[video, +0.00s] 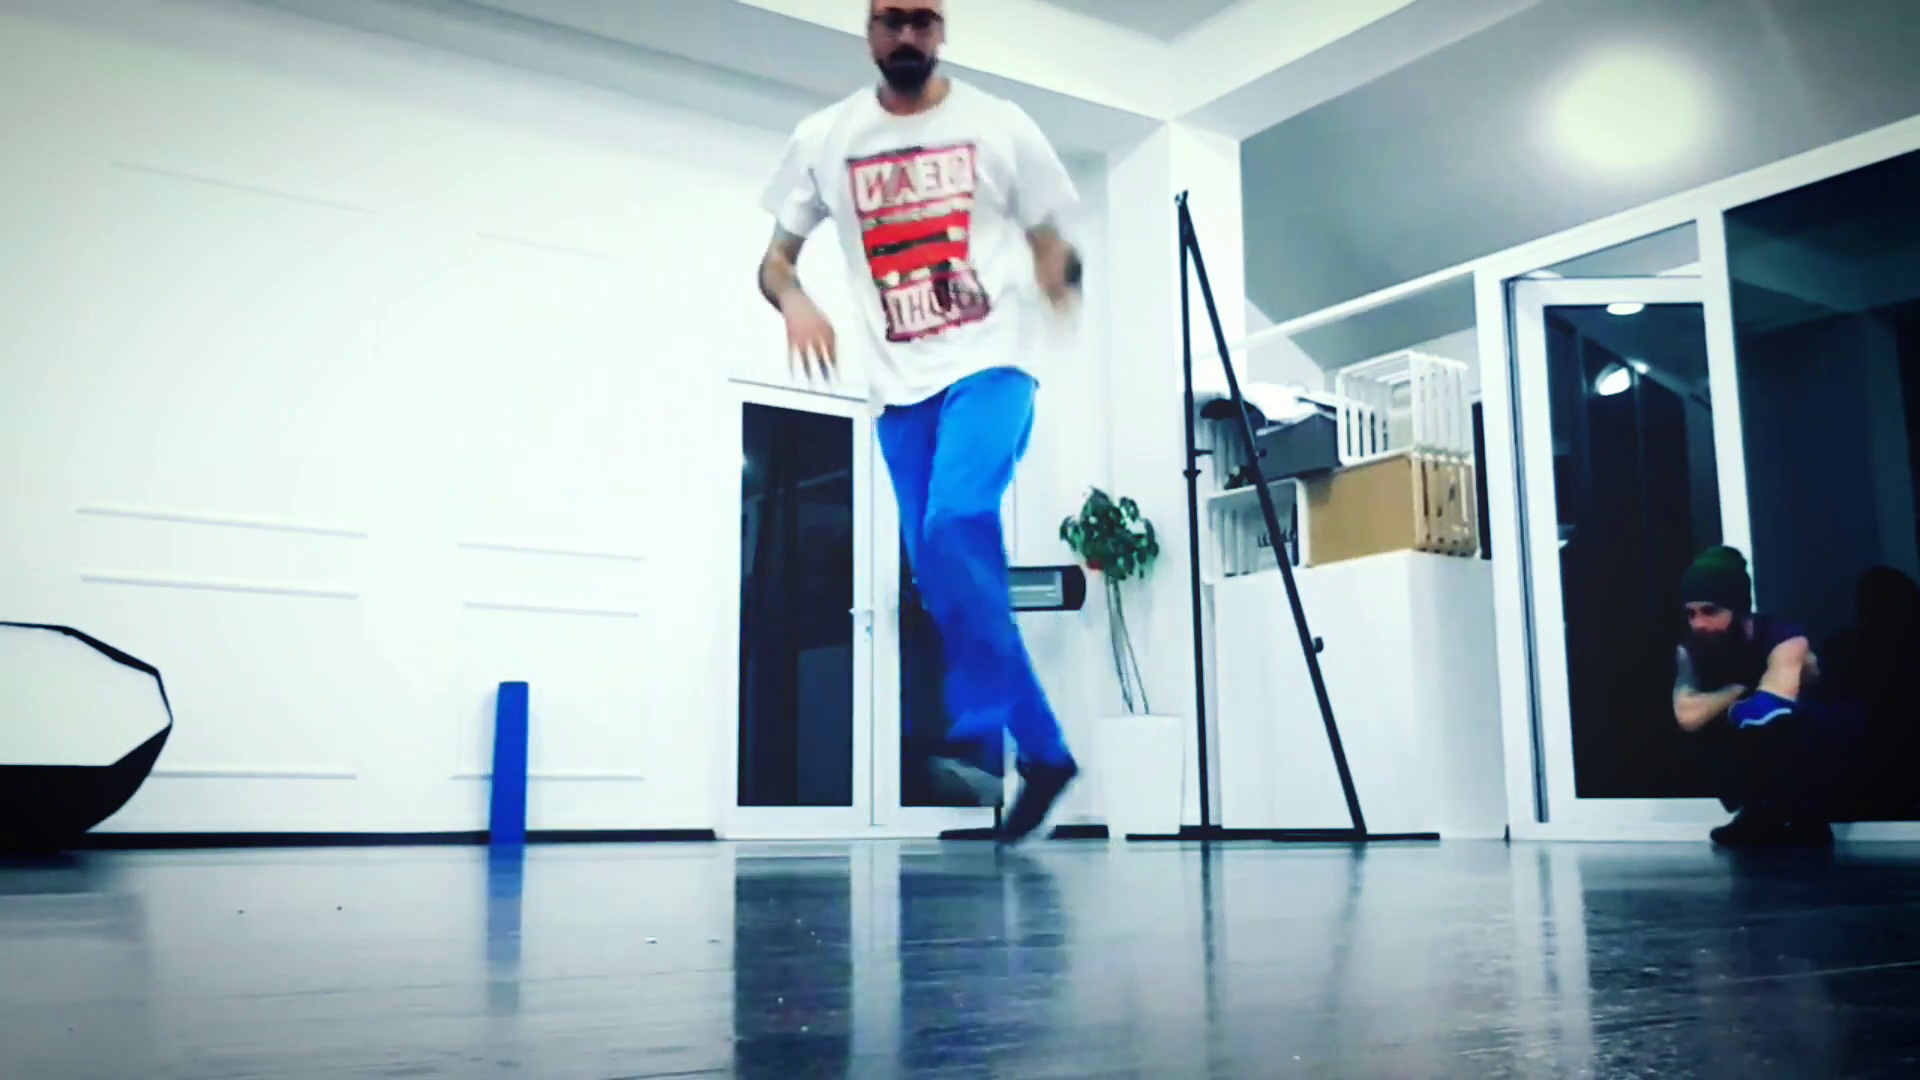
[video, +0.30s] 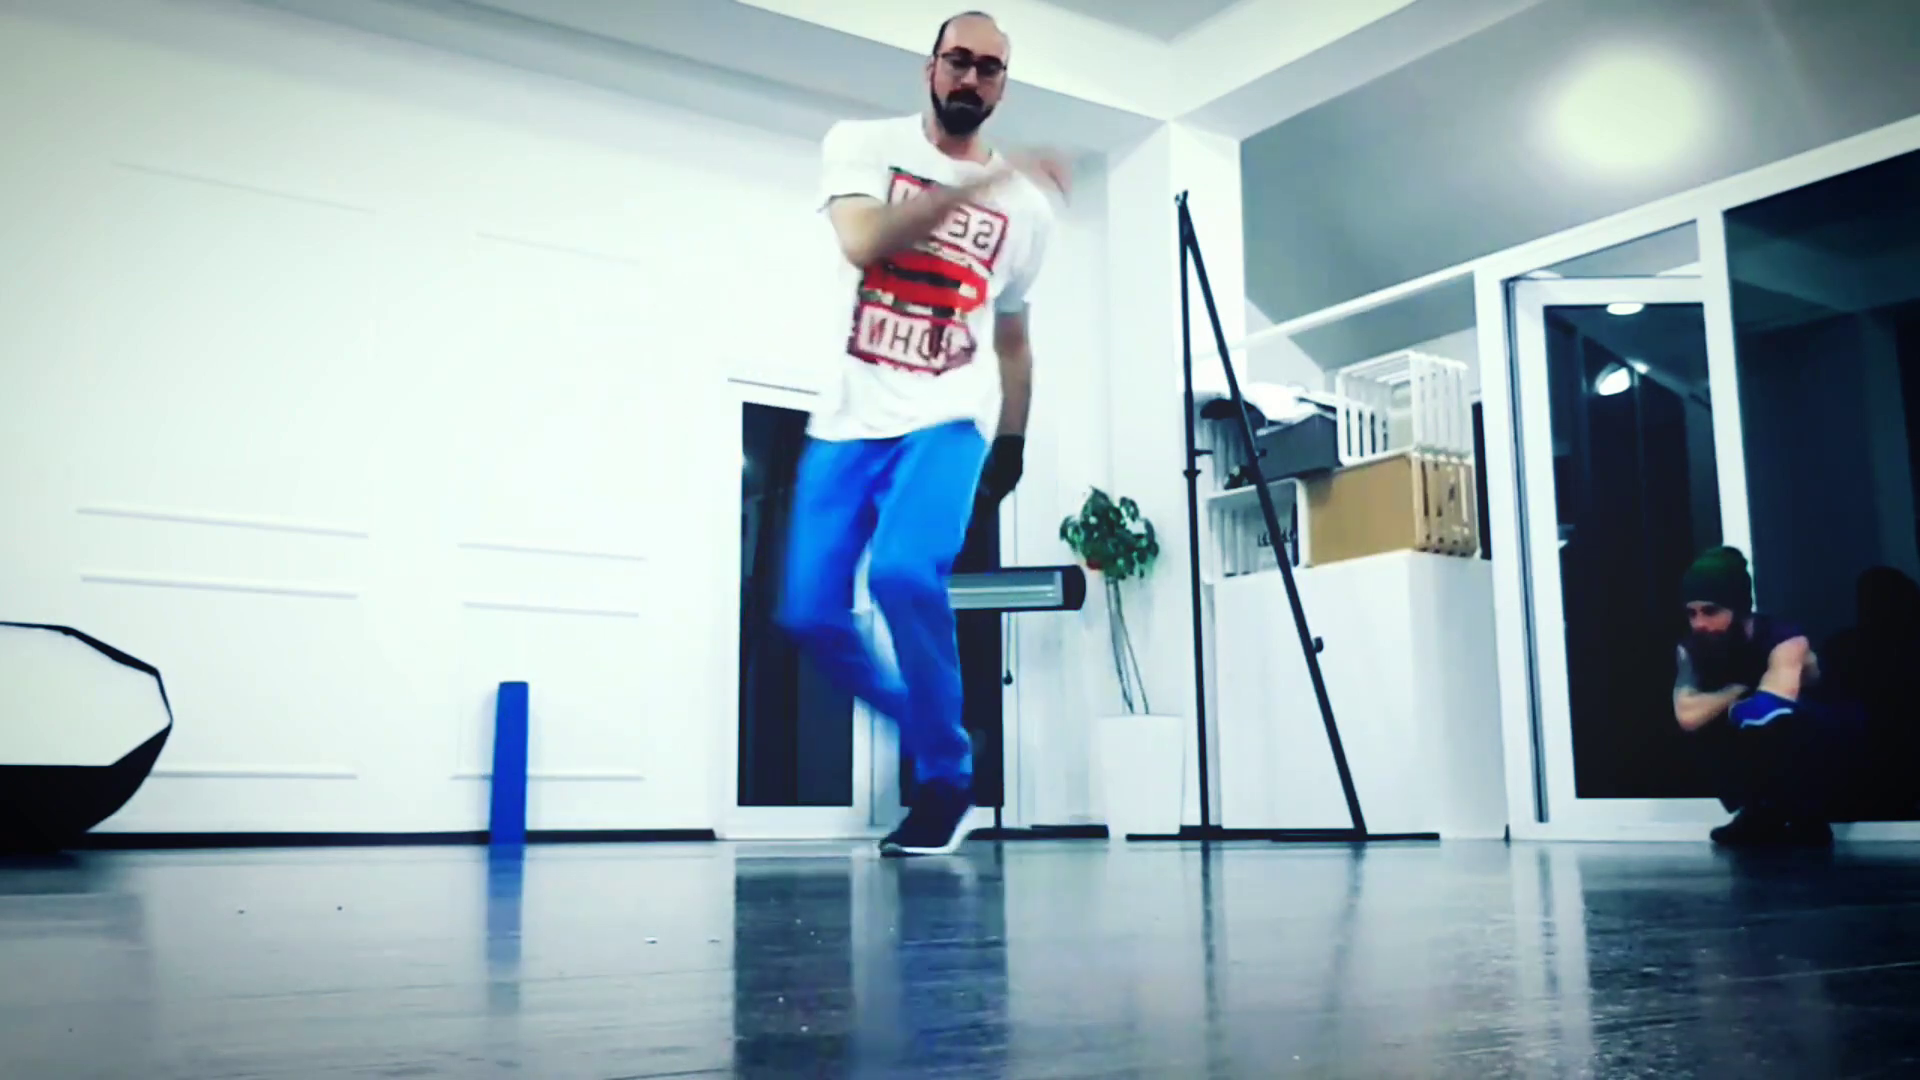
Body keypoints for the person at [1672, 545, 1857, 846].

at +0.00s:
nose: (1698, 624)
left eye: (1709, 612)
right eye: (1691, 614)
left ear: (1738, 608)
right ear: (1685, 613)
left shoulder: (1782, 639)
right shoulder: (1690, 652)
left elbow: (1772, 706)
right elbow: (1687, 715)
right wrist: (1738, 690)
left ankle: (1805, 820)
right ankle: (1756, 813)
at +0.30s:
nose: (1699, 624)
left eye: (1710, 612)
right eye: (1692, 613)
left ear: (1738, 608)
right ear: (1686, 613)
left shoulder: (1783, 639)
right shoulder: (1691, 652)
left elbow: (1774, 704)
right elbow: (1687, 715)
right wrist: (1738, 691)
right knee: (1708, 726)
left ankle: (1805, 820)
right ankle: (1756, 813)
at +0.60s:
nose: (1698, 623)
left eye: (1709, 611)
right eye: (1692, 612)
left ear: (1738, 607)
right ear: (1685, 611)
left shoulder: (1783, 640)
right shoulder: (1691, 651)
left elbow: (1775, 704)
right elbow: (1687, 715)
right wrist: (1738, 690)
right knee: (1708, 727)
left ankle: (1804, 820)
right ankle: (1756, 814)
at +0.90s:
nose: (1698, 623)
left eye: (1709, 610)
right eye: (1691, 612)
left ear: (1738, 607)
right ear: (1685, 611)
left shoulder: (1782, 639)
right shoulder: (1690, 651)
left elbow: (1776, 701)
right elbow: (1687, 716)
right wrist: (1736, 690)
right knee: (1709, 726)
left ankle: (1805, 820)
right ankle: (1756, 814)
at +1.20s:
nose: (1697, 622)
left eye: (1707, 610)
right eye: (1690, 612)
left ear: (1736, 606)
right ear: (1684, 611)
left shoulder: (1781, 639)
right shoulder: (1691, 651)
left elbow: (1776, 700)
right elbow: (1687, 715)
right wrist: (1737, 690)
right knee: (1709, 728)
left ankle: (1805, 820)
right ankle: (1755, 813)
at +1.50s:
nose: (1697, 623)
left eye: (1708, 610)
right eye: (1690, 612)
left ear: (1735, 605)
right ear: (1684, 610)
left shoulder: (1782, 639)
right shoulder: (1691, 651)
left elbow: (1776, 705)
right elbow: (1688, 714)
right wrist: (1738, 691)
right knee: (1706, 726)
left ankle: (1803, 820)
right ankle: (1756, 814)